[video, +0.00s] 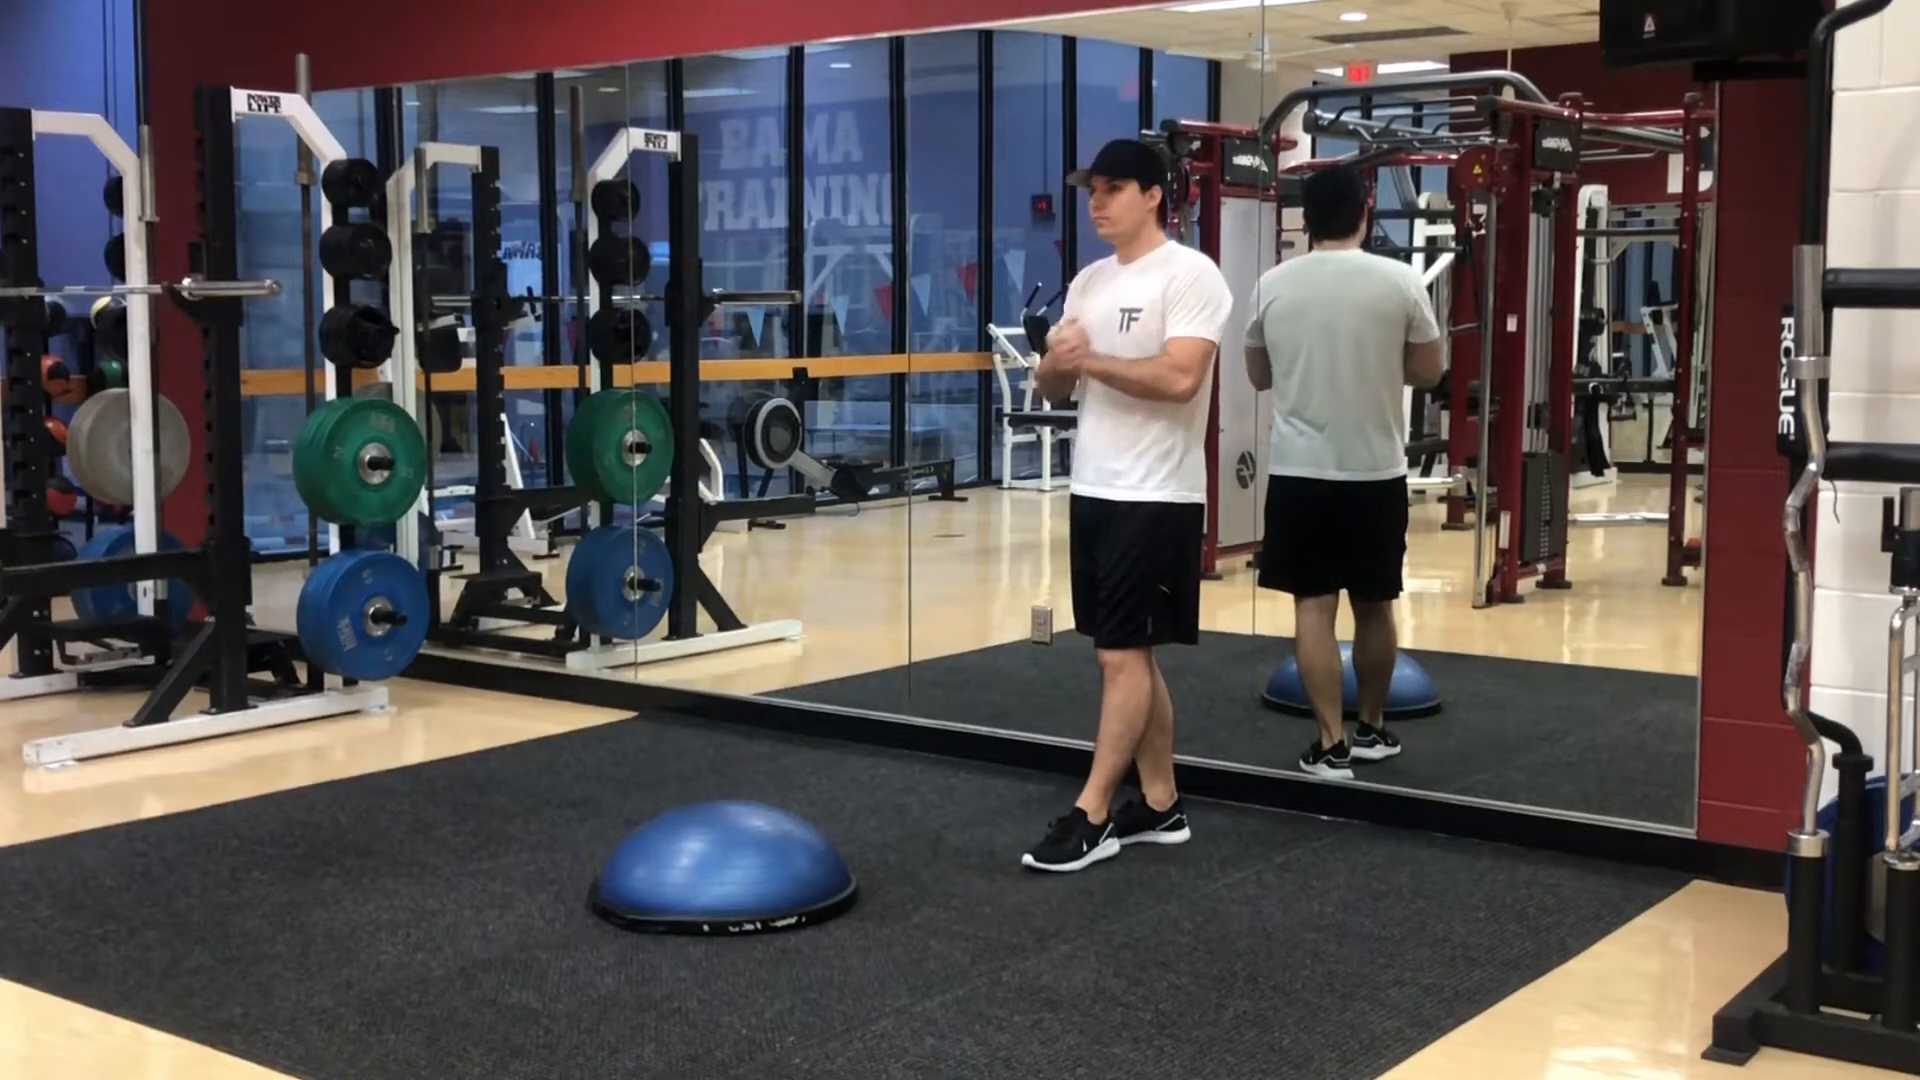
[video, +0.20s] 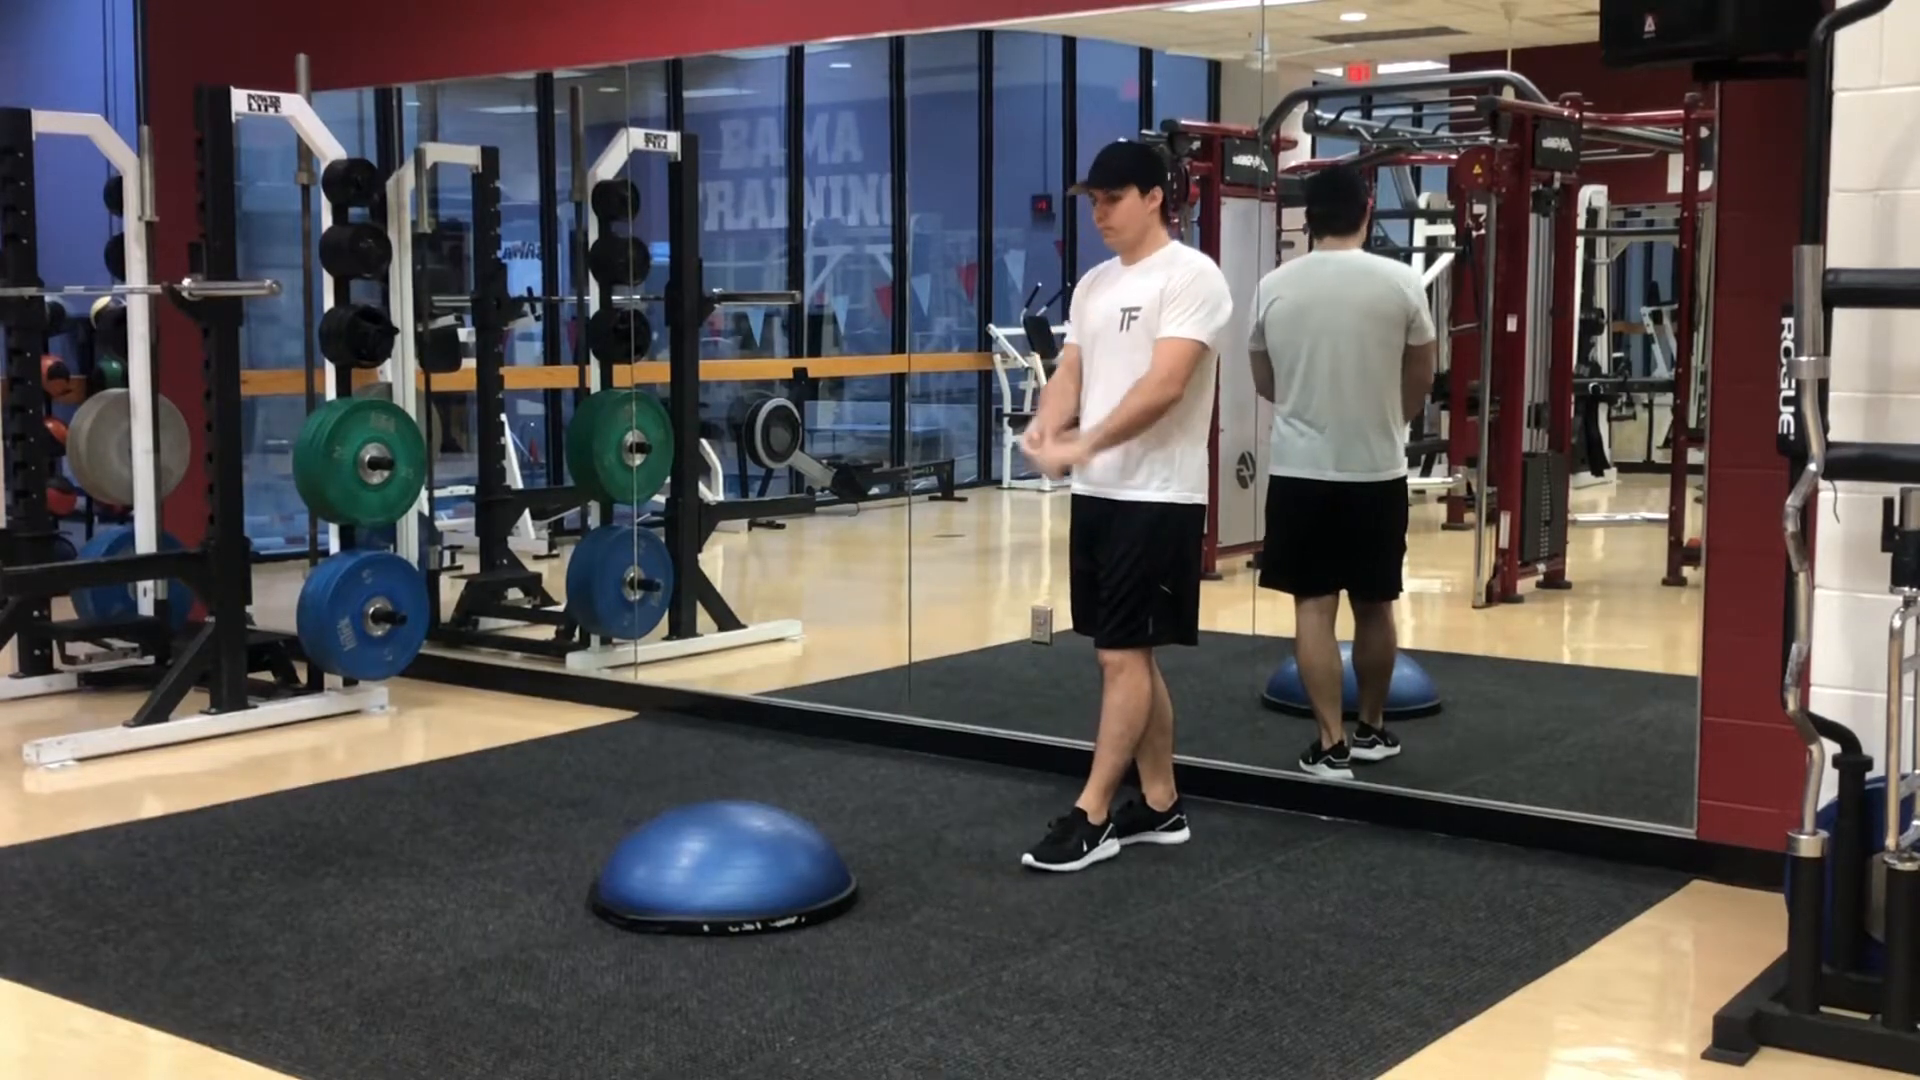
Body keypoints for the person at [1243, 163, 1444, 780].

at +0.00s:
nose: (1370, 215)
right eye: (1369, 207)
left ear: (1306, 217)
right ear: (1366, 213)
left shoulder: (1274, 285)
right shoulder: (1400, 281)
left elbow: (1260, 374)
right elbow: (1427, 370)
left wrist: (1315, 347)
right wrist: (1371, 353)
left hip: (1299, 474)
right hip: (1376, 474)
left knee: (1314, 606)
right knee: (1374, 604)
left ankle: (1331, 744)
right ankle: (1370, 727)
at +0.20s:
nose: (1369, 218)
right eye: (1369, 209)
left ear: (1309, 218)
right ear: (1367, 214)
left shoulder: (1275, 285)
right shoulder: (1400, 282)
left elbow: (1266, 384)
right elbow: (1420, 381)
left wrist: (1320, 399)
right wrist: (1392, 419)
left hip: (1300, 474)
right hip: (1377, 474)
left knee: (1314, 606)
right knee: (1375, 604)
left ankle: (1331, 745)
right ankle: (1370, 727)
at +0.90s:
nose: (1380, 246)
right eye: (1386, 236)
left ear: (1333, 236)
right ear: (1387, 235)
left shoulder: (1290, 288)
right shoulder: (1413, 286)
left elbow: (1258, 379)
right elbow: (1443, 382)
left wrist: (1241, 454)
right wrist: (1460, 460)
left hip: (1309, 477)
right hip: (1386, 477)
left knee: (1320, 606)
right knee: (1377, 600)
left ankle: (1332, 744)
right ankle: (1369, 720)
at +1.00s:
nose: (1388, 248)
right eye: (1393, 240)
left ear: (1341, 237)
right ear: (1395, 238)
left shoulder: (1298, 287)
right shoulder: (1418, 287)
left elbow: (1264, 379)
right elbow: (1448, 384)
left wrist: (1267, 452)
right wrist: (1459, 457)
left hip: (1315, 475)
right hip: (1389, 477)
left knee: (1323, 605)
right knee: (1381, 600)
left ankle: (1331, 743)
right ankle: (1370, 720)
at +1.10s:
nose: (1396, 247)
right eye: (1402, 238)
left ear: (1348, 236)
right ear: (1402, 237)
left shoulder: (1305, 285)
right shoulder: (1425, 286)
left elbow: (1268, 376)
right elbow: (1455, 384)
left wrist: (1291, 437)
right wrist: (1462, 450)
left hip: (1319, 472)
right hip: (1394, 475)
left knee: (1325, 602)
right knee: (1384, 601)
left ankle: (1330, 733)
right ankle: (1370, 722)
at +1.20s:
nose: (1402, 246)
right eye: (1407, 237)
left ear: (1354, 236)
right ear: (1408, 237)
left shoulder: (1312, 283)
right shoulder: (1432, 284)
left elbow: (1274, 375)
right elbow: (1464, 380)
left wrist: (1302, 427)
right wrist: (1465, 443)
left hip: (1323, 470)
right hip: (1399, 473)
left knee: (1322, 594)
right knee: (1386, 598)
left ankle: (1326, 715)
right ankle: (1369, 722)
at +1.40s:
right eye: (1414, 236)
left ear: (1363, 234)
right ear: (1416, 237)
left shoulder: (1321, 279)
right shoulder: (1444, 284)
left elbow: (1281, 371)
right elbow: (1474, 379)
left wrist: (1288, 427)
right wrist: (1478, 445)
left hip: (1327, 463)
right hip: (1402, 469)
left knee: (1326, 583)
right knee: (1387, 594)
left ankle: (1323, 713)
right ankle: (1369, 722)